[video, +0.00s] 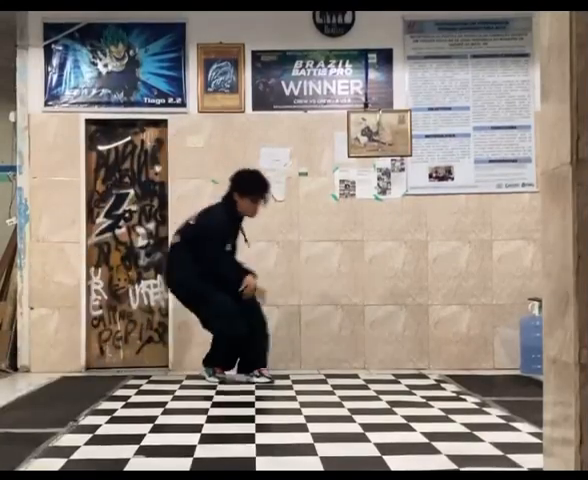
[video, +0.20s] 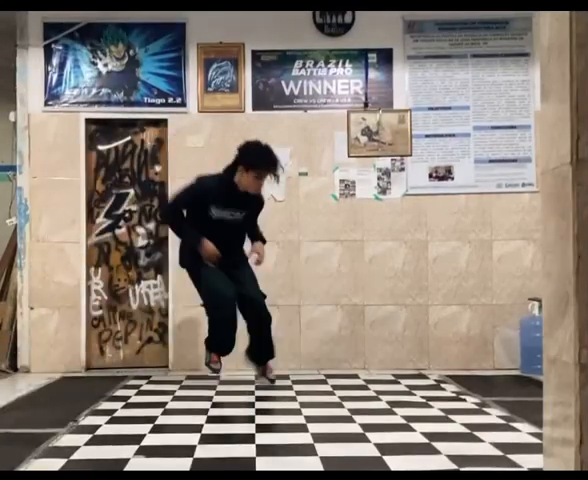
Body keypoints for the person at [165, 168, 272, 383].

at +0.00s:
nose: (257, 207)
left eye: (260, 201)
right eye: (254, 201)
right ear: (238, 196)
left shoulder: (232, 218)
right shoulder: (219, 219)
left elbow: (226, 258)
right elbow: (217, 262)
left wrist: (246, 275)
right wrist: (242, 281)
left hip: (206, 271)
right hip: (184, 274)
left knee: (251, 311)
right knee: (229, 316)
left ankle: (251, 366)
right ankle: (215, 365)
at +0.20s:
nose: (261, 184)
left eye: (264, 178)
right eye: (258, 177)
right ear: (242, 170)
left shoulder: (255, 200)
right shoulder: (206, 187)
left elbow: (249, 221)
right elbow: (169, 211)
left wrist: (258, 241)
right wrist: (198, 241)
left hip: (234, 258)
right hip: (201, 258)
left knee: (256, 305)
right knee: (223, 301)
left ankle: (260, 357)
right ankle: (216, 350)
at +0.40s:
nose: (232, 188)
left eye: (236, 182)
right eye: (227, 181)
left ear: (240, 179)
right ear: (210, 175)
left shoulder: (251, 206)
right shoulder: (196, 189)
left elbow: (261, 233)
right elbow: (180, 197)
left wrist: (259, 251)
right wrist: (162, 201)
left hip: (241, 275)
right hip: (208, 274)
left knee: (244, 322)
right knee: (201, 325)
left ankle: (289, 369)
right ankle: (220, 381)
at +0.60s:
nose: (223, 180)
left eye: (228, 174)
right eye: (218, 173)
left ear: (235, 170)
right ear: (205, 166)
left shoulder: (246, 189)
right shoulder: (195, 178)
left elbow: (268, 196)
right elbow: (182, 168)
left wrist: (266, 231)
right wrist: (160, 174)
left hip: (246, 264)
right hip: (212, 265)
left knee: (251, 311)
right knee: (205, 325)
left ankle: (286, 358)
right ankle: (221, 380)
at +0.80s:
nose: (272, 144)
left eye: (277, 138)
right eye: (267, 137)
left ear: (280, 137)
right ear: (250, 131)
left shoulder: (272, 164)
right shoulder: (217, 160)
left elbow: (258, 192)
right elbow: (183, 199)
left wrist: (265, 218)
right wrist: (206, 220)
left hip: (247, 238)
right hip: (212, 239)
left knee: (259, 297)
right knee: (221, 299)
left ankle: (266, 366)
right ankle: (226, 362)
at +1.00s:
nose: (300, 155)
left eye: (305, 149)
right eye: (296, 147)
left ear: (307, 147)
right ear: (279, 140)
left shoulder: (273, 171)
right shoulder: (257, 173)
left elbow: (252, 223)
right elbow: (259, 227)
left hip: (248, 252)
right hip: (220, 253)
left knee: (264, 305)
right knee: (229, 312)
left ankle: (271, 380)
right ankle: (218, 363)